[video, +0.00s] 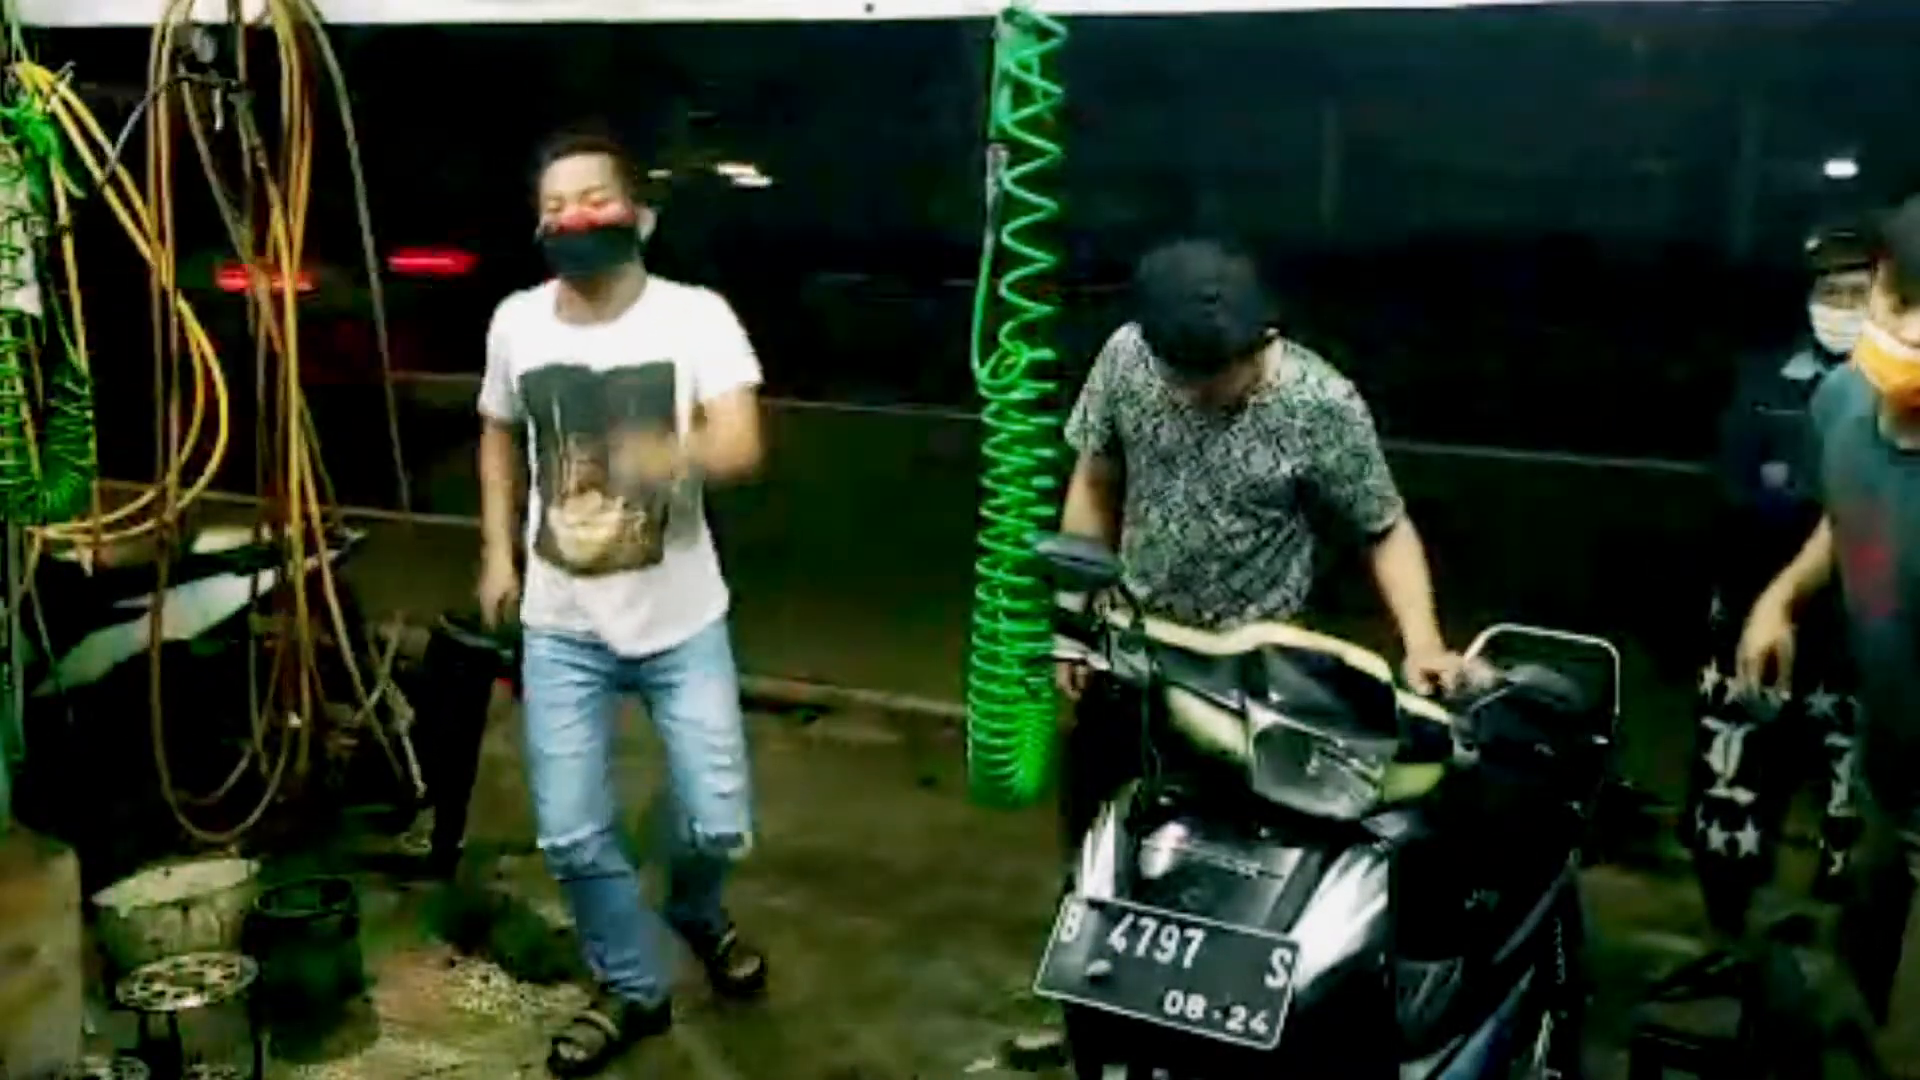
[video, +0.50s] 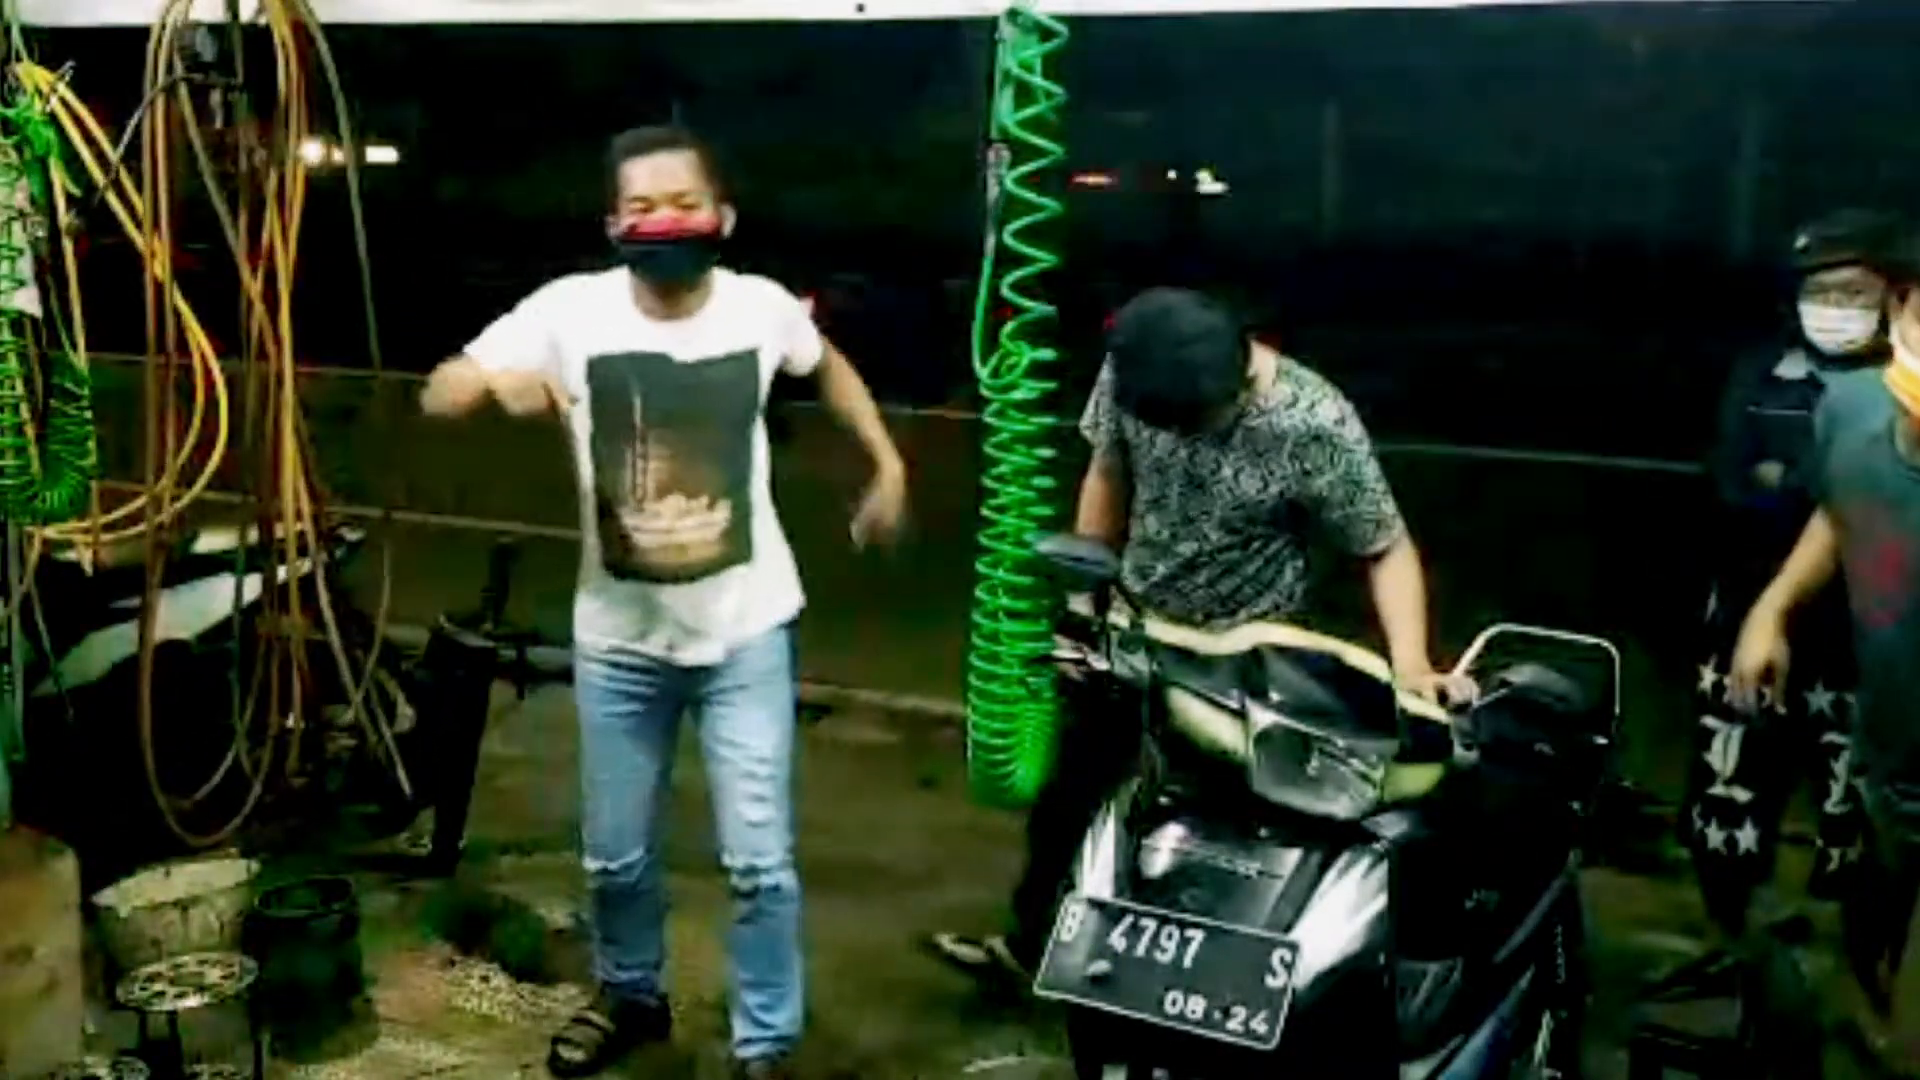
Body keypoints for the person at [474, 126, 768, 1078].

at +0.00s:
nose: (579, 217)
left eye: (596, 198)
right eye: (560, 204)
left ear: (635, 208)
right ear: (540, 223)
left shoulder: (696, 316)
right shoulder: (517, 326)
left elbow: (739, 448)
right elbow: (499, 438)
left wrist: (652, 458)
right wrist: (498, 552)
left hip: (680, 611)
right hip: (561, 617)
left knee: (718, 820)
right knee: (570, 833)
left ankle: (695, 913)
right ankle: (632, 989)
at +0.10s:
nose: (576, 245)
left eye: (591, 223)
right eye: (556, 232)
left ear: (635, 229)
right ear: (538, 249)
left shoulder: (701, 343)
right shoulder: (515, 353)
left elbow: (744, 479)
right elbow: (493, 475)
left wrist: (722, 578)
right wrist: (498, 584)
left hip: (686, 637)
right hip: (564, 642)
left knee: (717, 839)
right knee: (568, 852)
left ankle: (728, 960)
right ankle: (634, 993)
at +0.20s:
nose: (587, 245)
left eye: (602, 224)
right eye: (567, 231)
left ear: (647, 227)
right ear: (548, 246)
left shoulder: (712, 335)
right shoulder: (519, 344)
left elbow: (777, 441)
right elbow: (462, 460)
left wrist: (800, 553)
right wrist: (472, 519)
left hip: (695, 628)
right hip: (571, 635)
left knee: (720, 836)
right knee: (579, 848)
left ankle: (751, 1027)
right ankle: (634, 999)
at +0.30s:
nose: (603, 233)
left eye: (620, 212)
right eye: (583, 218)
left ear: (664, 216)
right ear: (561, 232)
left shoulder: (721, 318)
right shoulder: (529, 326)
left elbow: (793, 397)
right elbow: (446, 426)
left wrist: (838, 496)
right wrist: (474, 450)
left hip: (704, 619)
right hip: (580, 627)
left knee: (727, 840)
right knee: (591, 844)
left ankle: (757, 1042)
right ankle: (634, 1000)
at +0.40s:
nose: (631, 227)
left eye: (650, 207)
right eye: (611, 211)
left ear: (692, 212)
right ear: (588, 223)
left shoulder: (735, 301)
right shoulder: (550, 310)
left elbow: (802, 352)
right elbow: (421, 394)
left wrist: (872, 434)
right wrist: (470, 376)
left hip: (723, 621)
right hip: (599, 630)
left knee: (742, 846)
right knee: (609, 850)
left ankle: (764, 1047)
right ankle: (633, 1002)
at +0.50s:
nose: (661, 227)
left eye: (681, 207)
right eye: (640, 210)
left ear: (719, 213)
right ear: (614, 220)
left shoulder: (759, 308)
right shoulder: (569, 310)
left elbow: (830, 371)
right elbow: (440, 395)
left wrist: (888, 463)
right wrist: (490, 377)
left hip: (743, 631)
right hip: (619, 634)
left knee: (757, 856)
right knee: (614, 852)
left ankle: (764, 1049)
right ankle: (632, 1001)